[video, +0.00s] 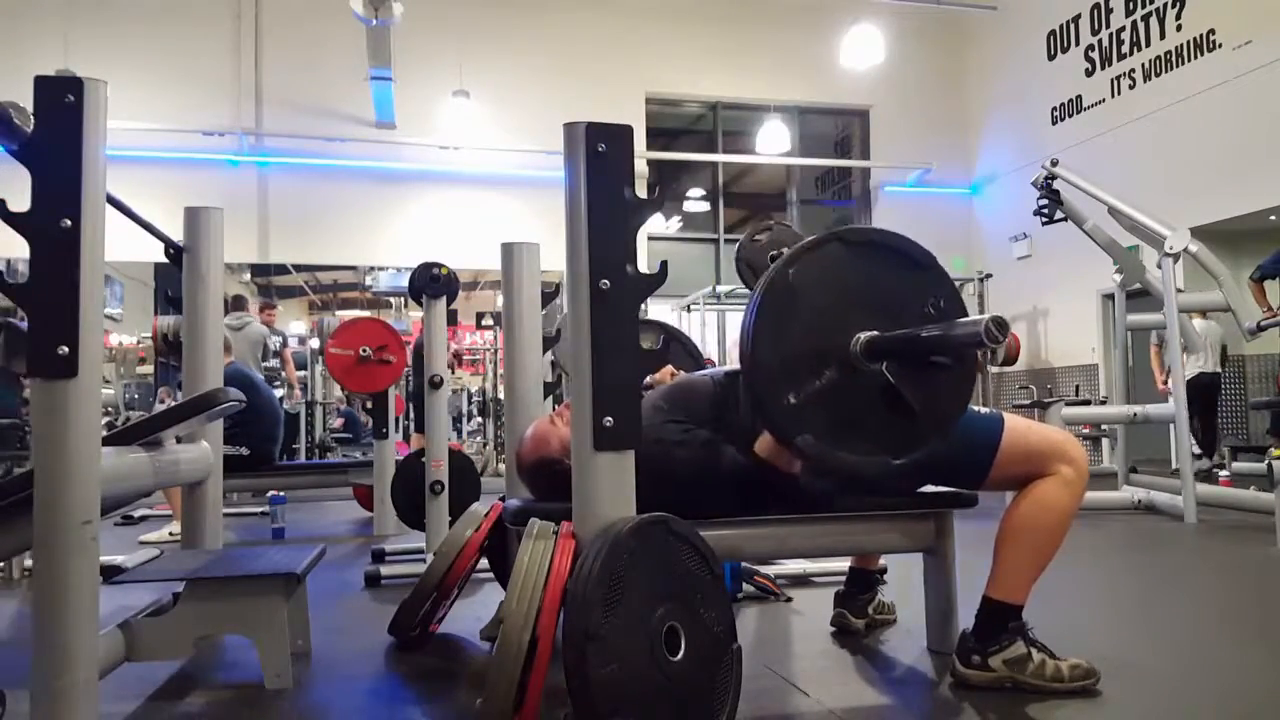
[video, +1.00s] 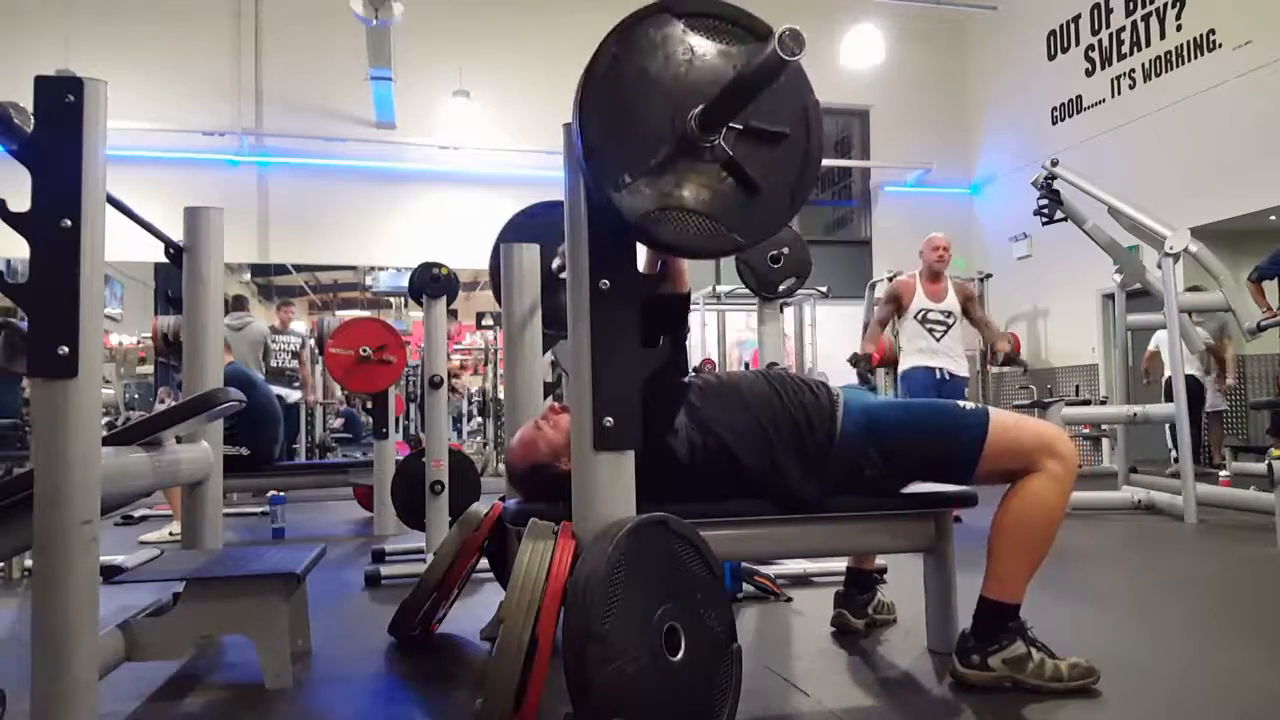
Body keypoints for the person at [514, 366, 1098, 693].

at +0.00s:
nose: (557, 406)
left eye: (548, 412)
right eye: (553, 419)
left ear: (566, 455)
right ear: (572, 447)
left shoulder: (627, 429)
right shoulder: (647, 448)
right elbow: (774, 457)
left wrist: (662, 383)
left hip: (813, 439)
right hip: (850, 447)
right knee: (1063, 459)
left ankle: (857, 597)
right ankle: (993, 640)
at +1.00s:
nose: (552, 409)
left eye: (542, 413)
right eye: (544, 426)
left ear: (562, 425)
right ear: (563, 463)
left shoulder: (616, 436)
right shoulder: (627, 458)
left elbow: (649, 371)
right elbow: (654, 356)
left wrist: (663, 277)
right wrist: (668, 272)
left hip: (827, 420)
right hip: (845, 433)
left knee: (915, 439)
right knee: (1053, 452)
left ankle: (858, 593)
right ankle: (993, 640)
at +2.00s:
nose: (550, 406)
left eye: (540, 413)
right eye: (544, 424)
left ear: (557, 419)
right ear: (562, 456)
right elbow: (750, 457)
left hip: (811, 417)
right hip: (839, 440)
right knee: (1058, 456)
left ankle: (857, 598)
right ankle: (991, 642)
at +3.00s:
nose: (543, 408)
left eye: (531, 415)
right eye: (536, 426)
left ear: (552, 448)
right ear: (558, 460)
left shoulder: (602, 431)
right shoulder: (618, 434)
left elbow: (641, 329)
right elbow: (657, 307)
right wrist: (658, 218)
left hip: (813, 426)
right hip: (841, 433)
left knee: (914, 432)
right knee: (1049, 451)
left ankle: (860, 594)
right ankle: (991, 642)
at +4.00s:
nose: (537, 421)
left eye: (530, 420)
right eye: (531, 429)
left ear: (533, 440)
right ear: (533, 459)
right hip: (803, 433)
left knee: (891, 435)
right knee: (1051, 454)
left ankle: (857, 591)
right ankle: (993, 637)